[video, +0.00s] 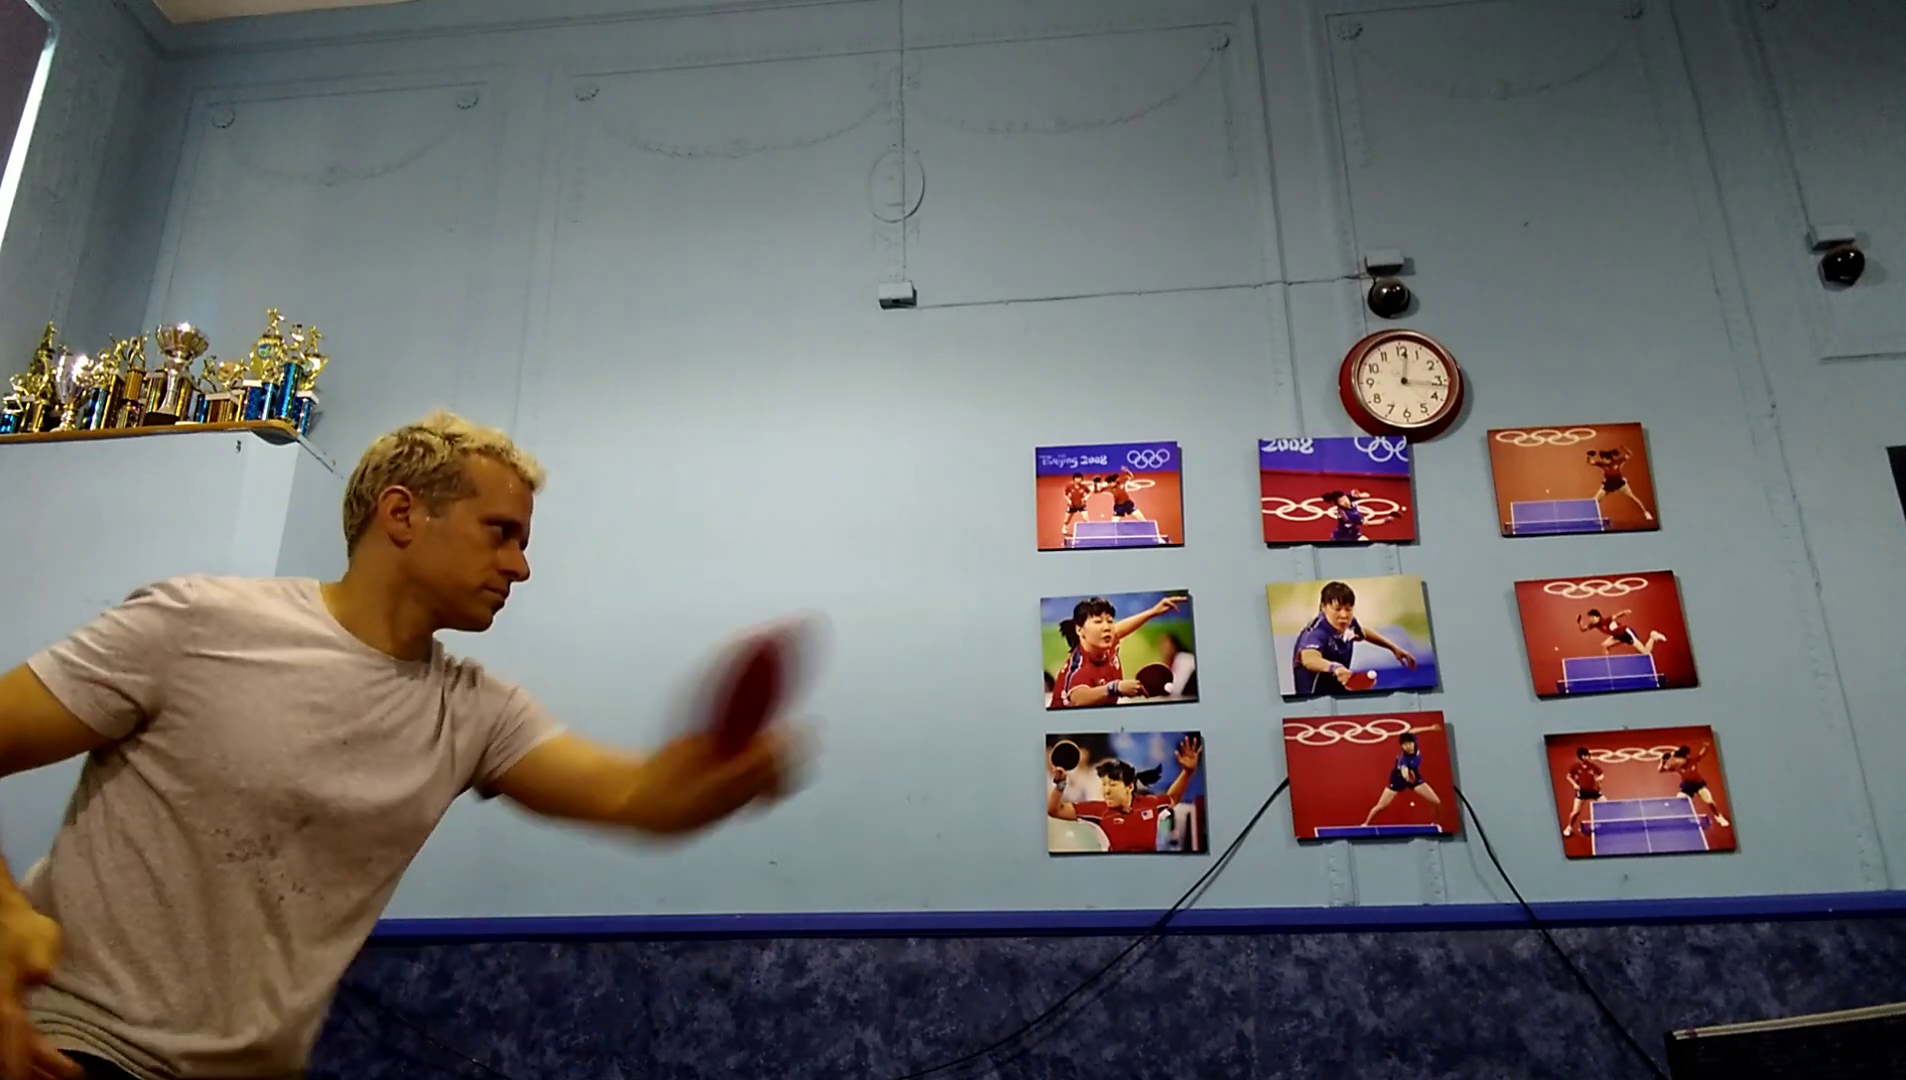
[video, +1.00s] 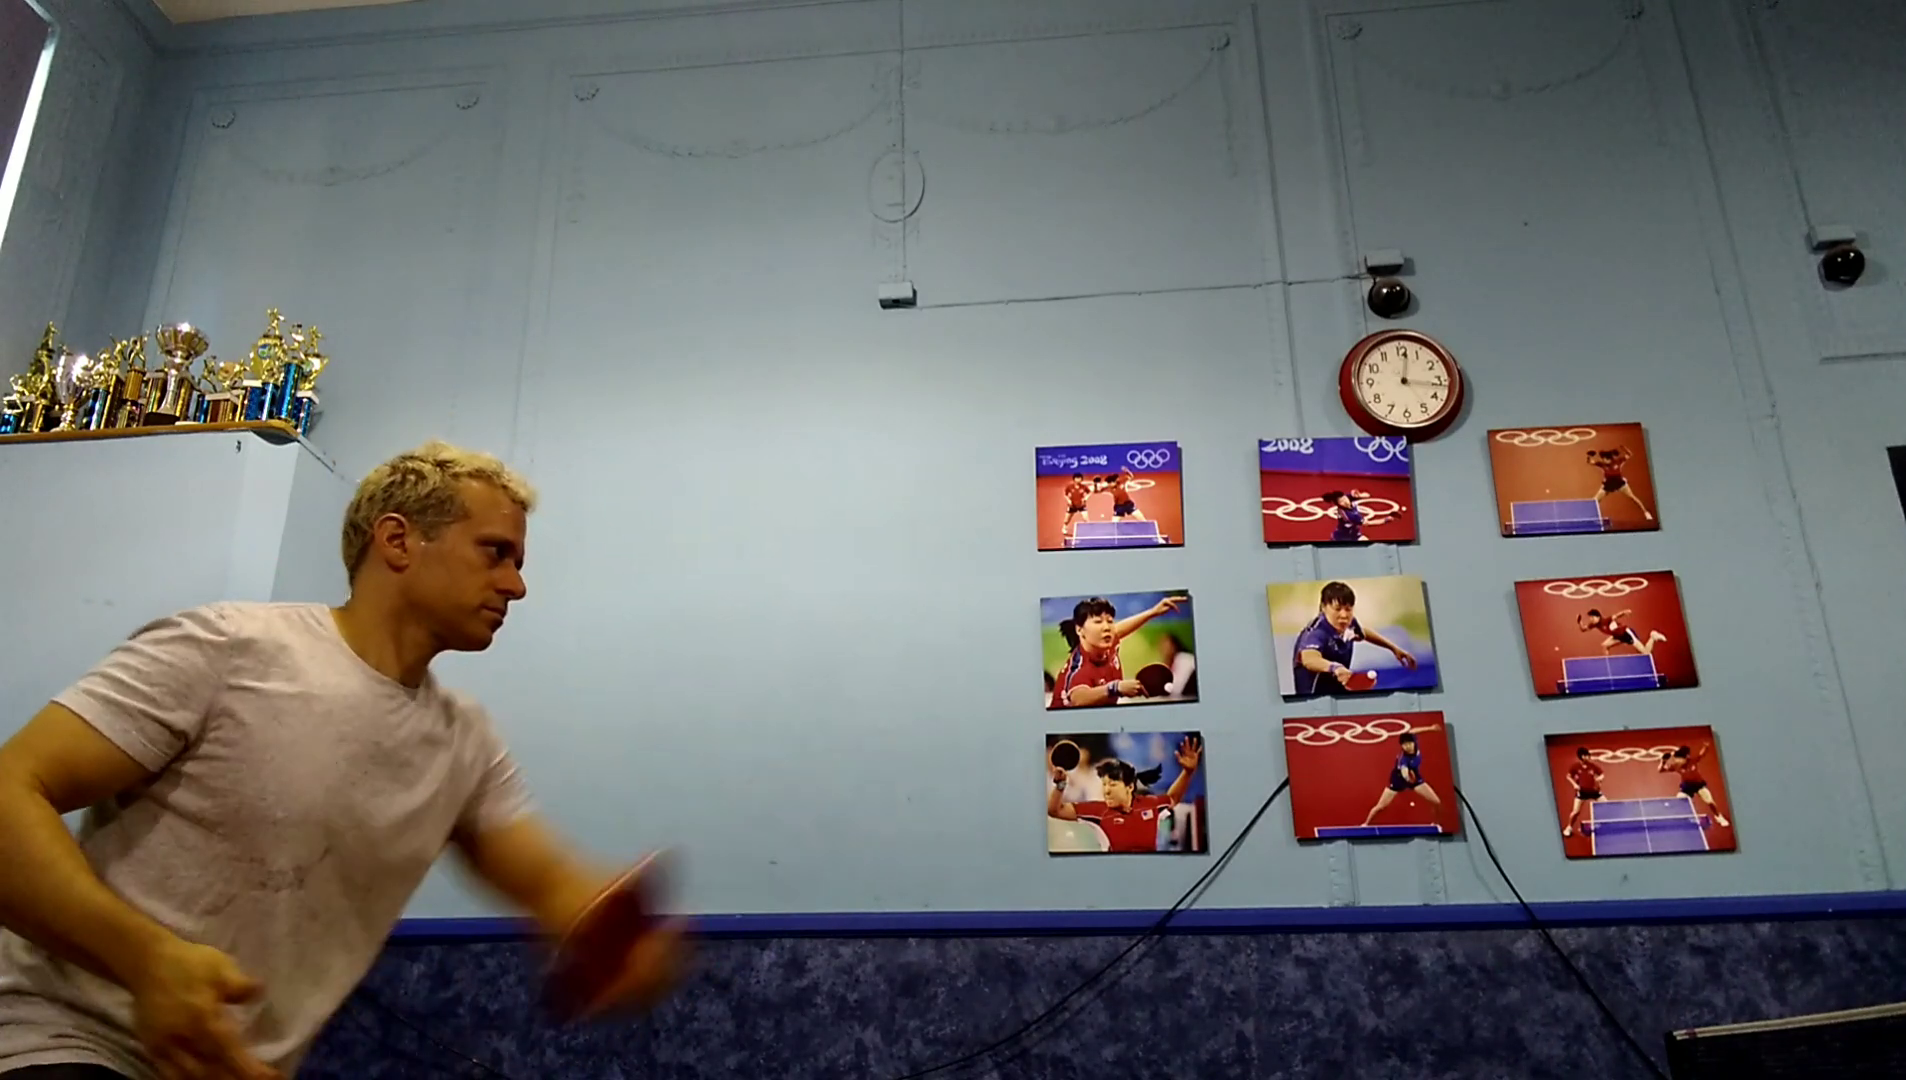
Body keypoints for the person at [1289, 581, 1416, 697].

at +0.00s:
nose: (1344, 615)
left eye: (1348, 609)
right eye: (1338, 609)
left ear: (1353, 609)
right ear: (1324, 608)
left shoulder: (1349, 624)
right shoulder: (1316, 633)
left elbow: (1364, 633)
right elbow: (1309, 660)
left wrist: (1394, 649)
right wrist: (1335, 668)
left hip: (1341, 703)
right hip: (1314, 707)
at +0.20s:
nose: (1344, 615)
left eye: (1348, 609)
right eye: (1338, 609)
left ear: (1353, 609)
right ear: (1324, 608)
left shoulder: (1349, 624)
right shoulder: (1315, 632)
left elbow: (1364, 634)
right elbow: (1309, 660)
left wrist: (1395, 649)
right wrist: (1335, 668)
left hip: (1340, 703)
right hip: (1313, 707)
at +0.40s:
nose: (1344, 615)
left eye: (1348, 609)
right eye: (1338, 609)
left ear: (1353, 609)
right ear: (1324, 608)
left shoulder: (1349, 624)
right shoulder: (1316, 632)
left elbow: (1364, 634)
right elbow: (1309, 660)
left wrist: (1395, 649)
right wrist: (1335, 668)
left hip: (1341, 704)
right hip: (1314, 708)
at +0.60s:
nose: (1344, 615)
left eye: (1348, 609)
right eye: (1338, 609)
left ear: (1353, 609)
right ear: (1324, 608)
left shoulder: (1349, 624)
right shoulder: (1316, 633)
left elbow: (1364, 633)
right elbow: (1309, 660)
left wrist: (1394, 649)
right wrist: (1335, 668)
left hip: (1341, 703)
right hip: (1314, 707)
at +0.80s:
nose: (1344, 615)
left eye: (1348, 609)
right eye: (1338, 609)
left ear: (1353, 609)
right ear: (1324, 608)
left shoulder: (1349, 624)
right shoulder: (1316, 633)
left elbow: (1364, 633)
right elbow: (1309, 660)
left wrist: (1394, 649)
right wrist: (1335, 668)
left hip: (1341, 703)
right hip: (1314, 707)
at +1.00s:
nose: (1344, 615)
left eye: (1348, 609)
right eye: (1338, 609)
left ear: (1353, 609)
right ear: (1324, 608)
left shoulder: (1349, 624)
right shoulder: (1316, 633)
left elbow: (1364, 633)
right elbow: (1309, 660)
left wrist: (1394, 649)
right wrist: (1335, 668)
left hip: (1341, 703)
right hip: (1314, 707)